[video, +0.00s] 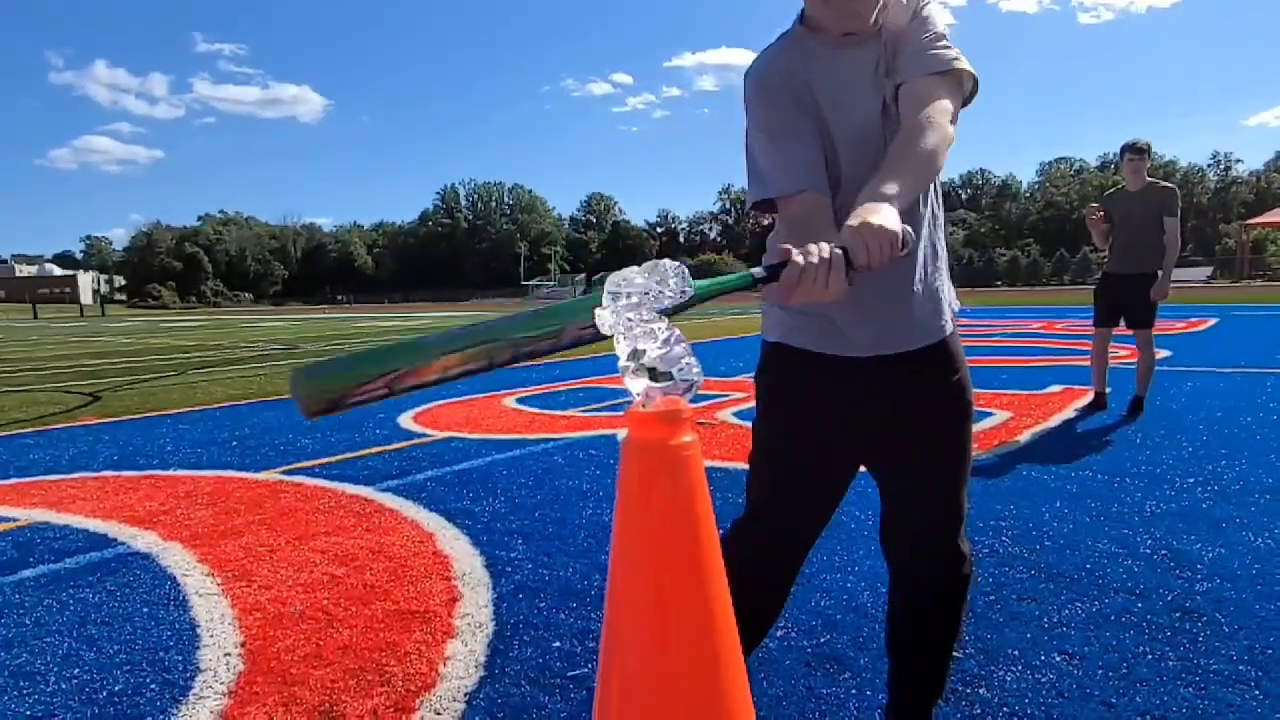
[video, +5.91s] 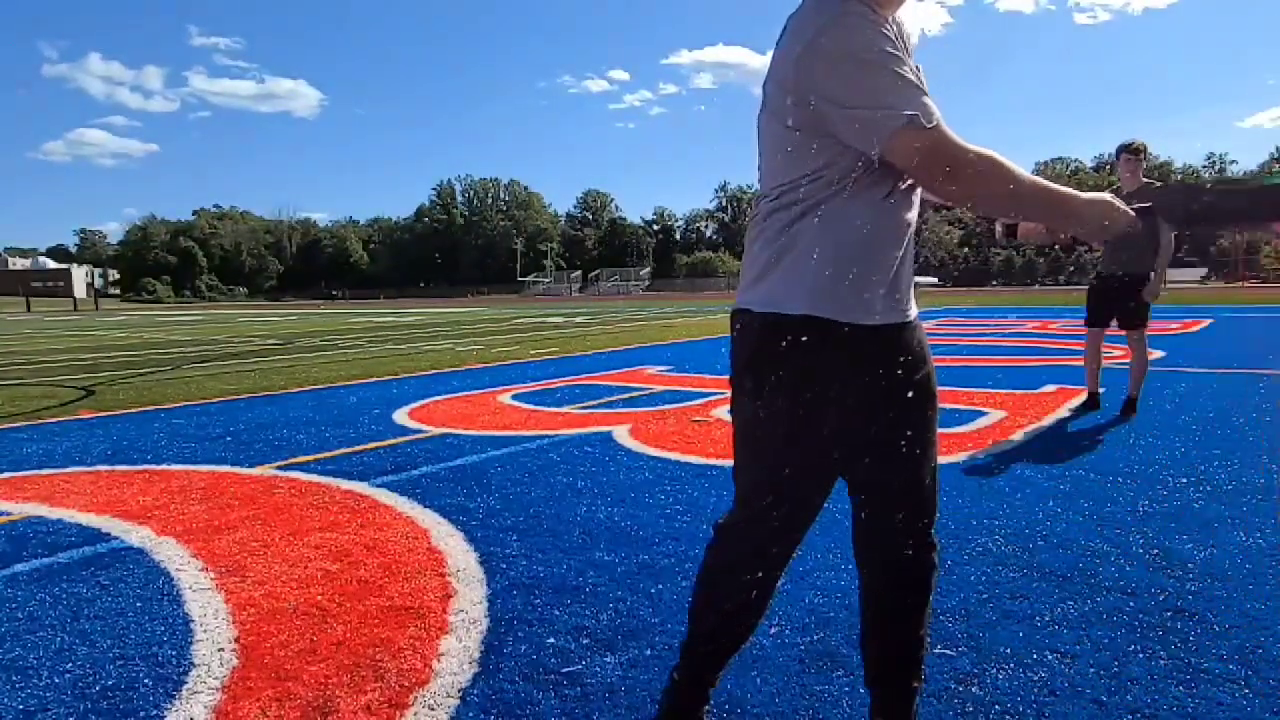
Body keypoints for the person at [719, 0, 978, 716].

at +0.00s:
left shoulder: (919, 21)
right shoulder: (776, 72)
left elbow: (930, 122)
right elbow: (799, 197)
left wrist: (883, 198)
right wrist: (810, 267)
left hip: (921, 354)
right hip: (810, 362)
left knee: (932, 558)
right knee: (767, 547)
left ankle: (911, 711)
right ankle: (685, 689)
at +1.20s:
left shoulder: (915, 18)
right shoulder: (785, 62)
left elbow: (948, 125)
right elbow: (826, 212)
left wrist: (980, 204)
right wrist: (936, 257)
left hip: (908, 321)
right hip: (811, 333)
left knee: (929, 532)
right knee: (772, 534)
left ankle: (909, 696)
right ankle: (703, 704)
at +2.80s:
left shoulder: (913, 23)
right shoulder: (797, 42)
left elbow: (979, 136)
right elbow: (875, 181)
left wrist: (1083, 226)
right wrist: (1057, 241)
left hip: (905, 339)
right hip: (802, 345)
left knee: (917, 537)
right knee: (768, 534)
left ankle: (913, 696)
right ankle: (693, 699)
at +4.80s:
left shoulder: (907, 40)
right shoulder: (823, 33)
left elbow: (944, 162)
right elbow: (925, 170)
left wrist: (1051, 220)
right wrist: (1081, 216)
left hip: (893, 338)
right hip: (796, 340)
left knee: (905, 547)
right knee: (766, 529)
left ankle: (897, 708)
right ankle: (688, 697)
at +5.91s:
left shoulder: (873, 36)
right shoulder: (839, 27)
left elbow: (916, 173)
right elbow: (940, 162)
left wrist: (1010, 215)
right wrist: (1079, 206)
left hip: (883, 332)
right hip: (800, 332)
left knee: (902, 543)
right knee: (764, 529)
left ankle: (893, 705)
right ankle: (684, 699)